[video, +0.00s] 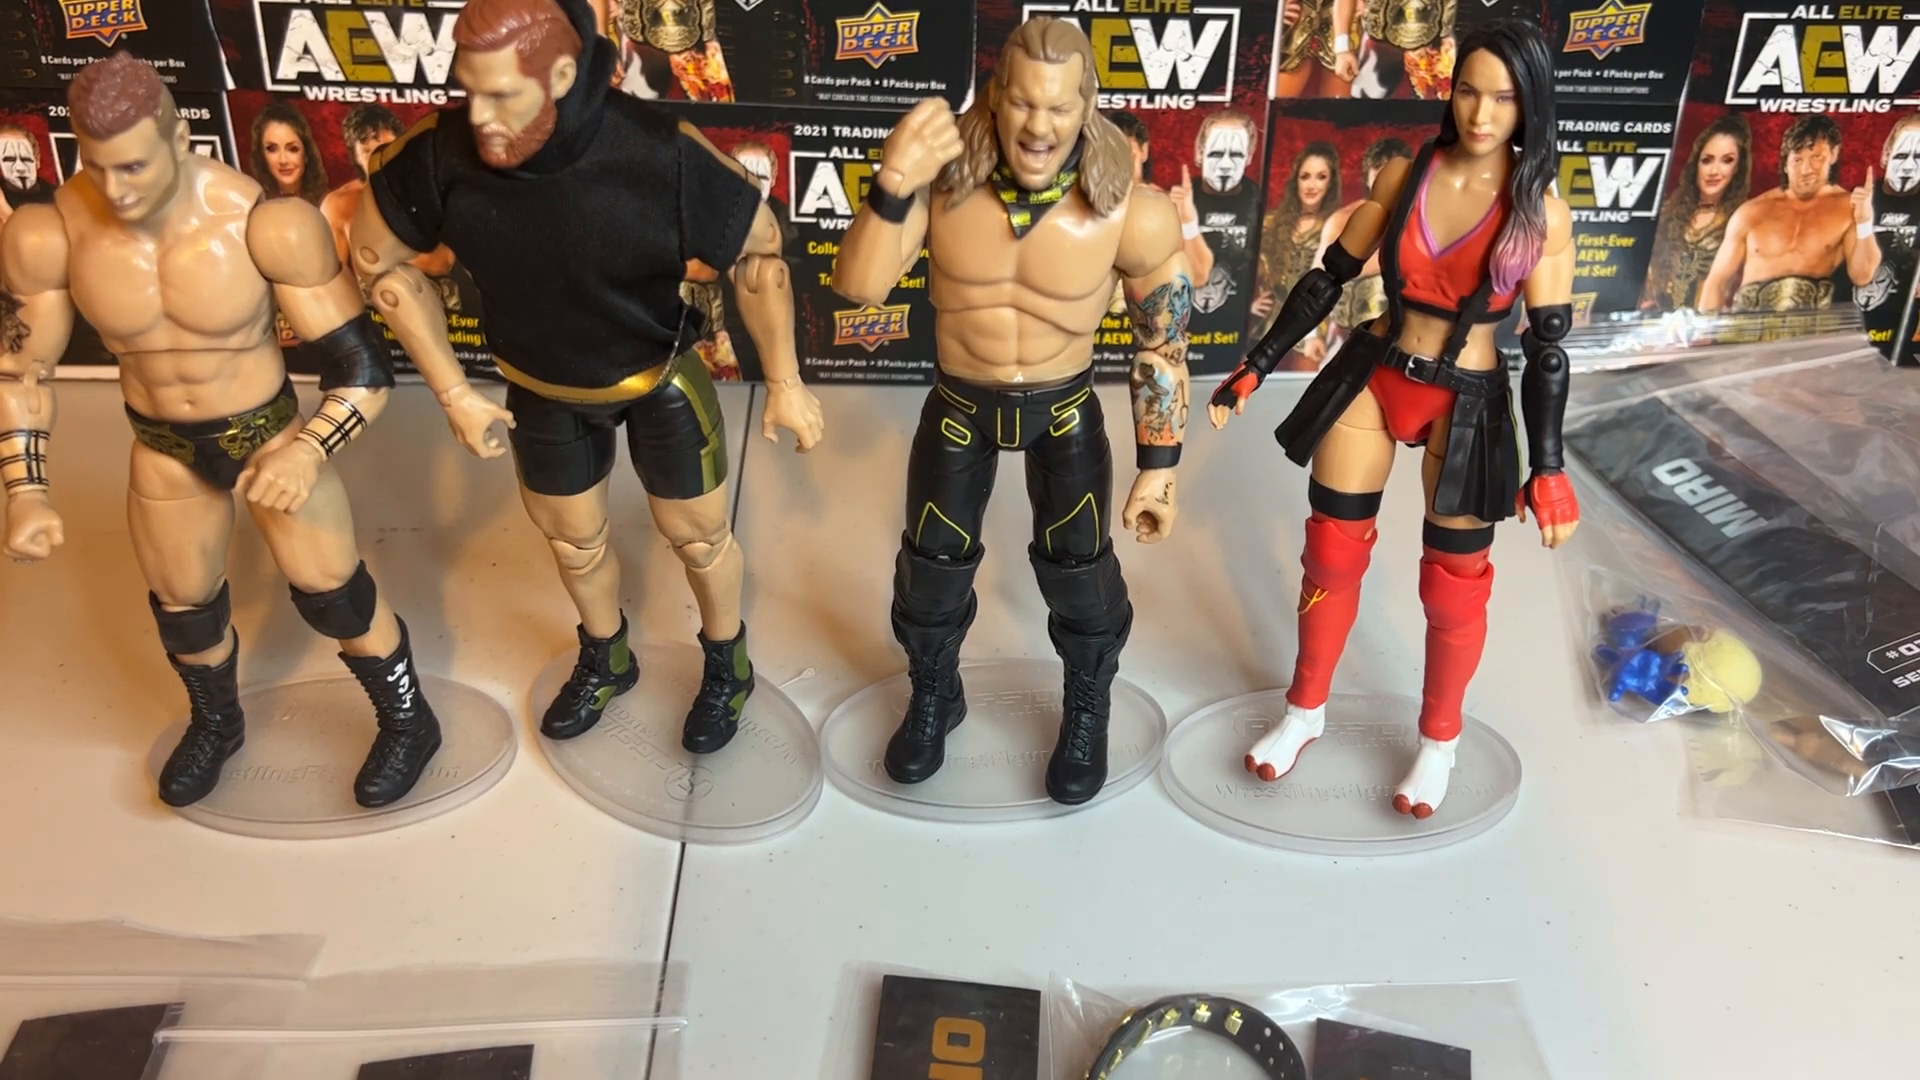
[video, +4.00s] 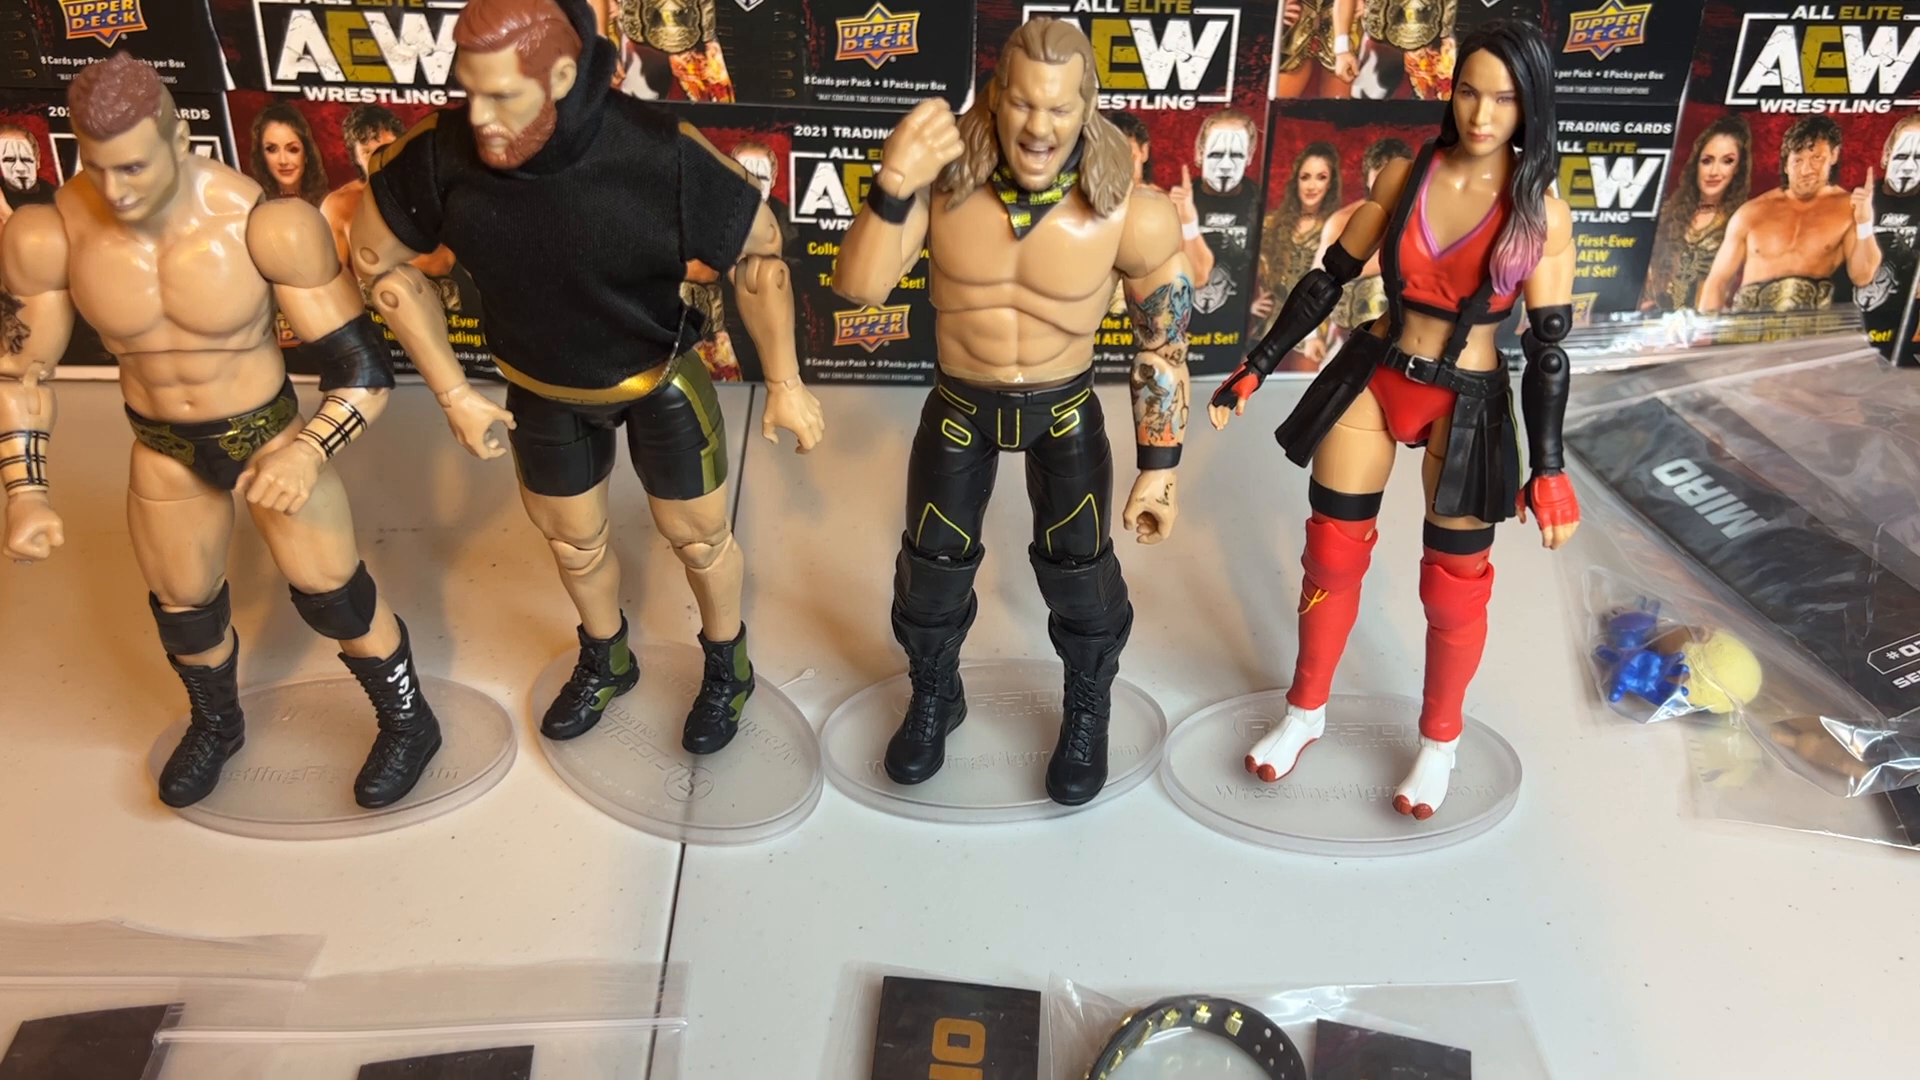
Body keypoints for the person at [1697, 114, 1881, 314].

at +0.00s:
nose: (1806, 169)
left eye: (1817, 158)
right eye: (1797, 160)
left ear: (1834, 156)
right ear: (1785, 162)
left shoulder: (1848, 206)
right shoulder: (1750, 212)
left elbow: (1862, 277)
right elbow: (1717, 281)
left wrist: (1864, 223)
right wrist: (1704, 336)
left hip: (1809, 314)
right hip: (1748, 311)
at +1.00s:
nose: (1806, 169)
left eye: (1817, 158)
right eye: (1797, 160)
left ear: (1834, 156)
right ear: (1785, 162)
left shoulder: (1848, 206)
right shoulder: (1751, 212)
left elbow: (1862, 277)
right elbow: (1718, 281)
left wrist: (1864, 223)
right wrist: (1704, 335)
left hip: (1809, 314)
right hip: (1748, 312)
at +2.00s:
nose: (1806, 169)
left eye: (1816, 158)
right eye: (1797, 160)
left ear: (1834, 156)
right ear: (1785, 162)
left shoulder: (1847, 207)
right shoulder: (1750, 212)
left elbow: (1861, 277)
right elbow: (1718, 281)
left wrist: (1864, 223)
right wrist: (1704, 335)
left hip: (1809, 313)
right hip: (1748, 311)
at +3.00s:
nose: (1806, 169)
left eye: (1816, 158)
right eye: (1797, 160)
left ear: (1834, 156)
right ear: (1785, 163)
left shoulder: (1847, 207)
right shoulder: (1750, 212)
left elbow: (1861, 277)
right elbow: (1718, 281)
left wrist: (1864, 223)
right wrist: (1704, 335)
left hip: (1810, 315)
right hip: (1748, 312)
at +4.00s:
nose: (1806, 169)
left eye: (1816, 158)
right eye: (1797, 160)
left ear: (1834, 156)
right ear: (1785, 163)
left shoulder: (1848, 207)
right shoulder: (1750, 212)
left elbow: (1862, 277)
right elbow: (1718, 282)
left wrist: (1864, 223)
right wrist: (1704, 336)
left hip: (1810, 316)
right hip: (1748, 314)